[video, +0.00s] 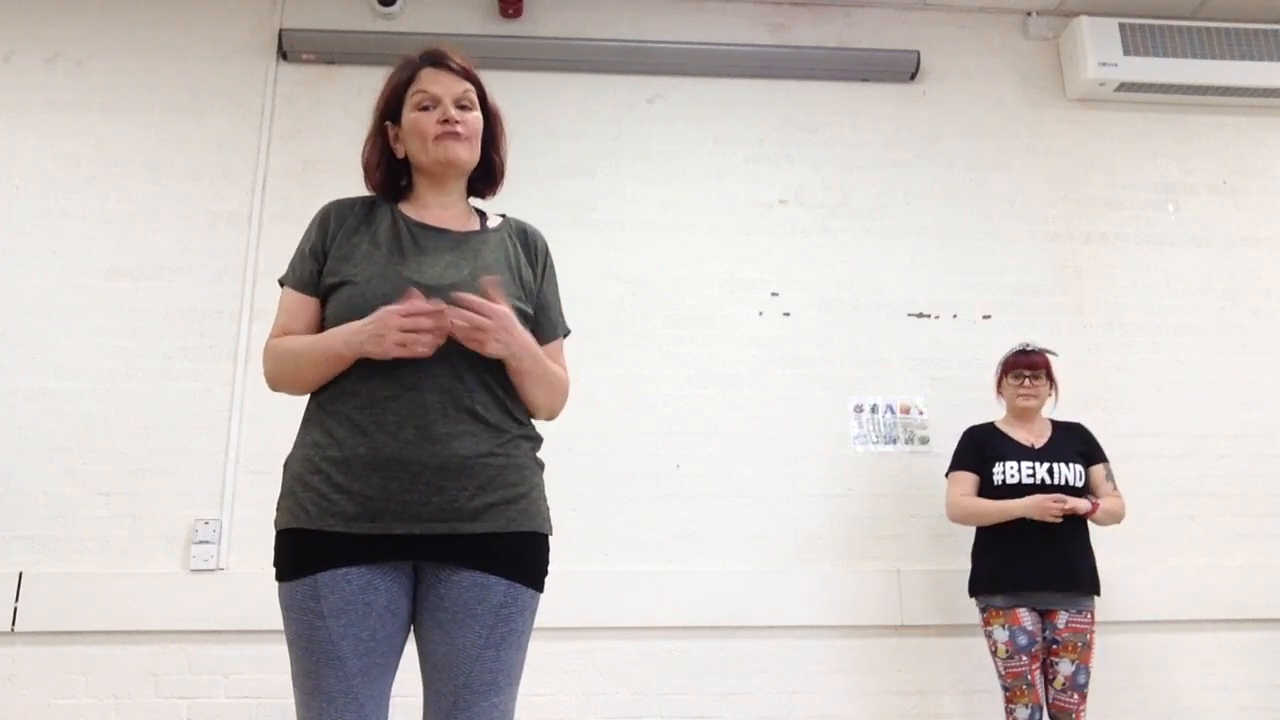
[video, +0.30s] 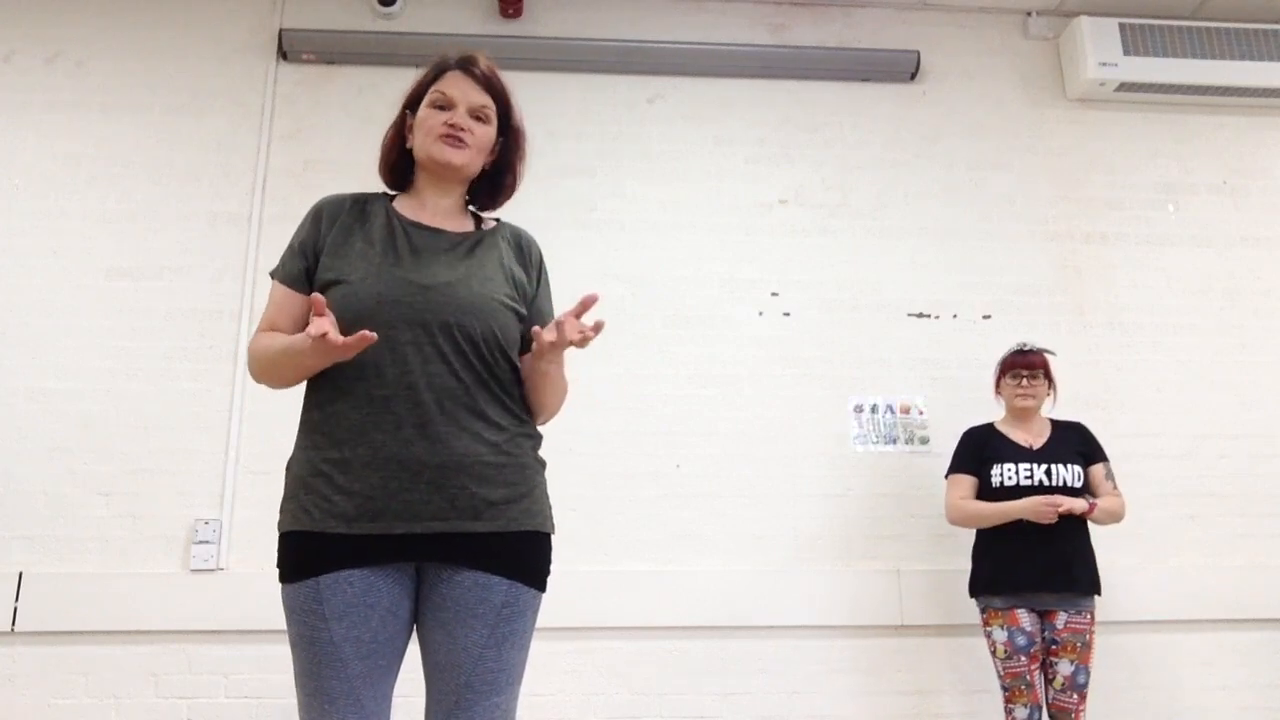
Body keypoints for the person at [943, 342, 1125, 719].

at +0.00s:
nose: (1027, 384)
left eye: (1037, 377)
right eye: (1017, 377)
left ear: (1050, 387)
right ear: (1001, 386)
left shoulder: (1077, 436)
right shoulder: (979, 439)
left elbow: (1116, 508)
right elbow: (957, 507)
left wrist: (1088, 506)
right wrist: (1026, 506)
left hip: (1072, 593)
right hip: (1005, 595)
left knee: (1069, 707)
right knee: (1025, 708)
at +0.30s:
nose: (1025, 384)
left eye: (1034, 377)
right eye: (1015, 377)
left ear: (1048, 387)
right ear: (999, 386)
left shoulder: (1076, 436)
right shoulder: (977, 440)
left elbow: (1115, 507)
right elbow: (956, 509)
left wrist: (1086, 506)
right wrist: (1023, 508)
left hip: (1072, 593)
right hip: (1004, 595)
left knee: (1069, 708)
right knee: (1023, 708)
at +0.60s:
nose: (1025, 384)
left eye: (1034, 377)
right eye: (1015, 377)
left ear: (1048, 387)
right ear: (999, 386)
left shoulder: (1076, 436)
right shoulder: (977, 441)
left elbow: (1115, 508)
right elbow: (955, 511)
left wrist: (1085, 506)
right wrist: (1022, 510)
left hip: (1072, 593)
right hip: (1004, 596)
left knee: (1069, 707)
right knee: (1023, 708)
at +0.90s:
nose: (1023, 384)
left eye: (1032, 377)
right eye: (1013, 377)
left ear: (1046, 388)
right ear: (997, 387)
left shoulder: (1074, 436)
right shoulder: (975, 441)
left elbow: (1113, 508)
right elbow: (955, 510)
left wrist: (1084, 505)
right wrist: (1021, 508)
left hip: (1072, 592)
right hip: (1005, 594)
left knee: (1069, 707)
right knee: (1024, 708)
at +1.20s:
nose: (1021, 384)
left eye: (1030, 377)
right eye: (1011, 377)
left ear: (1044, 388)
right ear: (994, 387)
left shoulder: (1073, 436)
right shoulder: (974, 442)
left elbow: (1112, 508)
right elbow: (955, 511)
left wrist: (1084, 505)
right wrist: (1020, 509)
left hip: (1071, 592)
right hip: (1004, 594)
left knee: (1070, 707)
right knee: (1025, 708)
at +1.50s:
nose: (1020, 384)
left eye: (1029, 377)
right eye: (1010, 377)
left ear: (1043, 388)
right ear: (994, 387)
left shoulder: (1072, 436)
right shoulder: (973, 441)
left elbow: (1111, 509)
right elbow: (954, 510)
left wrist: (1082, 505)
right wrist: (1019, 509)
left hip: (1070, 591)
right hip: (1003, 593)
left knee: (1068, 706)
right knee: (1024, 708)